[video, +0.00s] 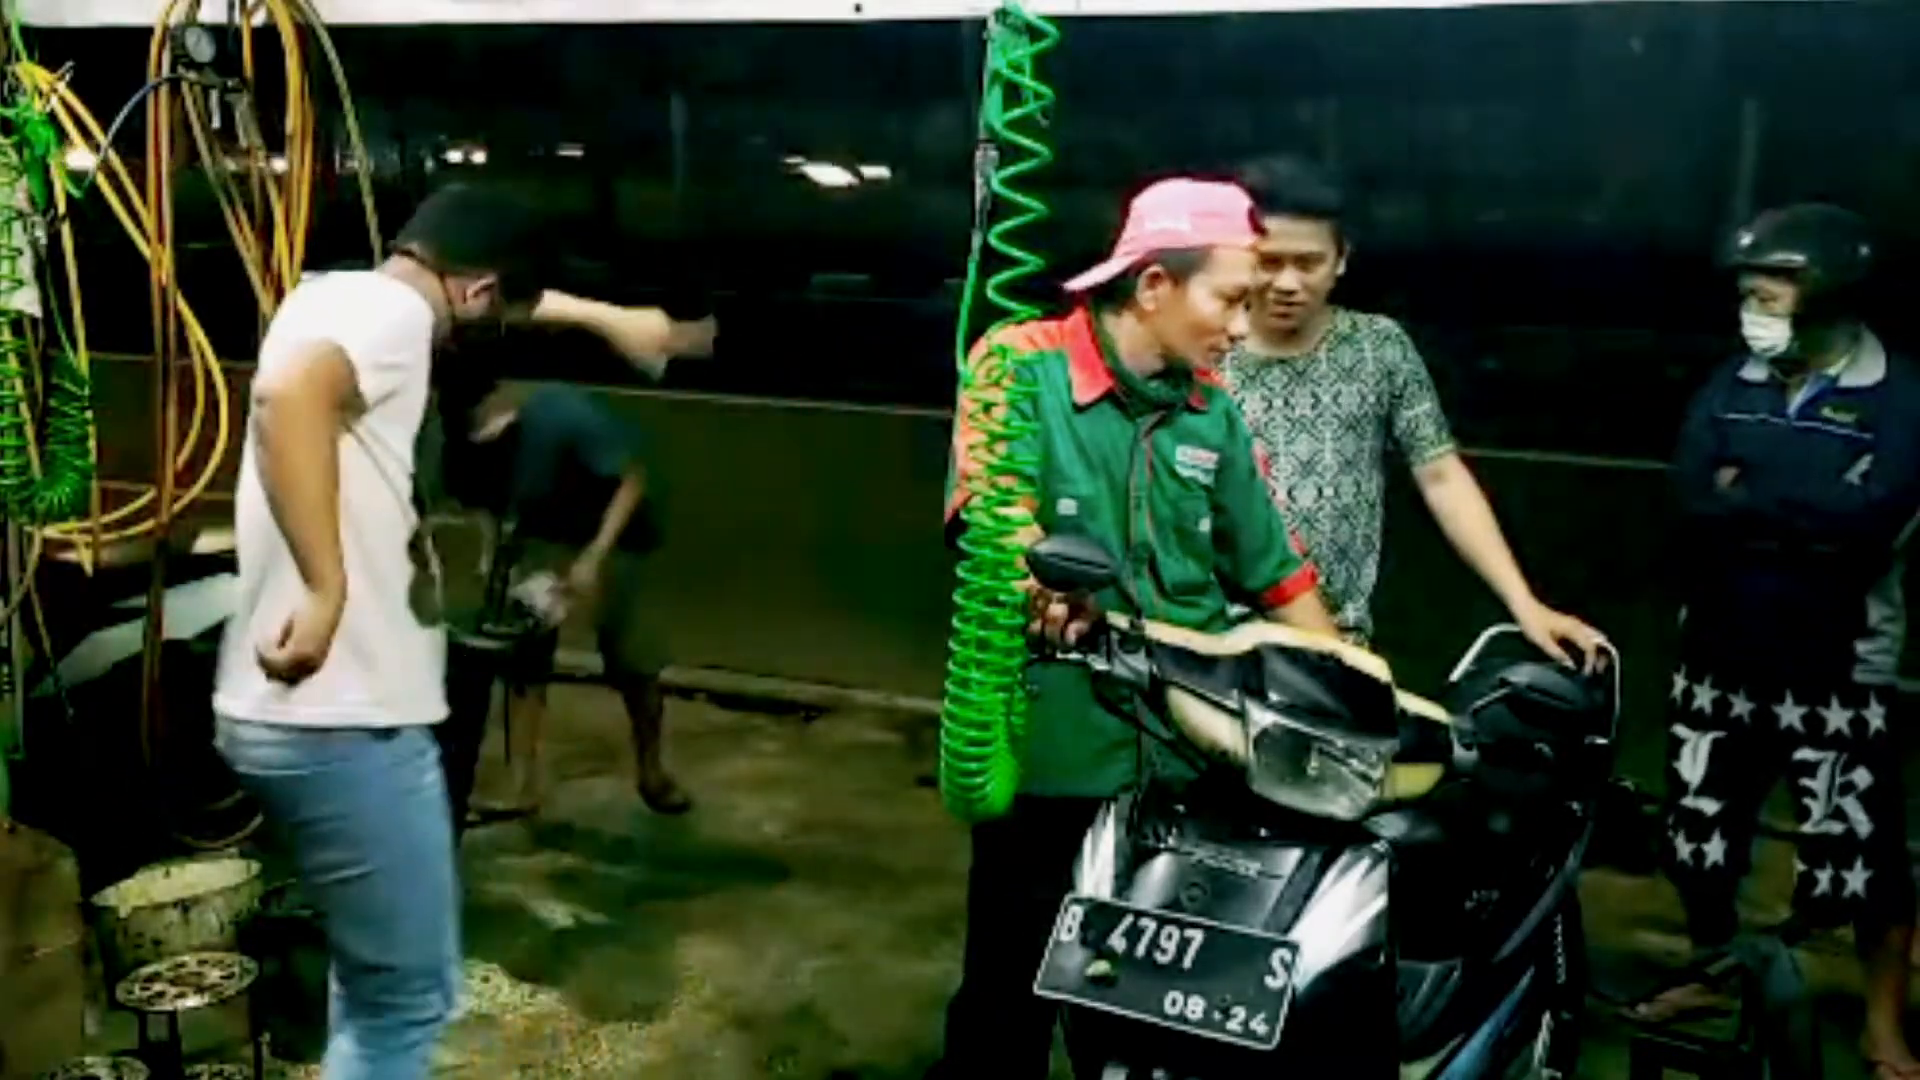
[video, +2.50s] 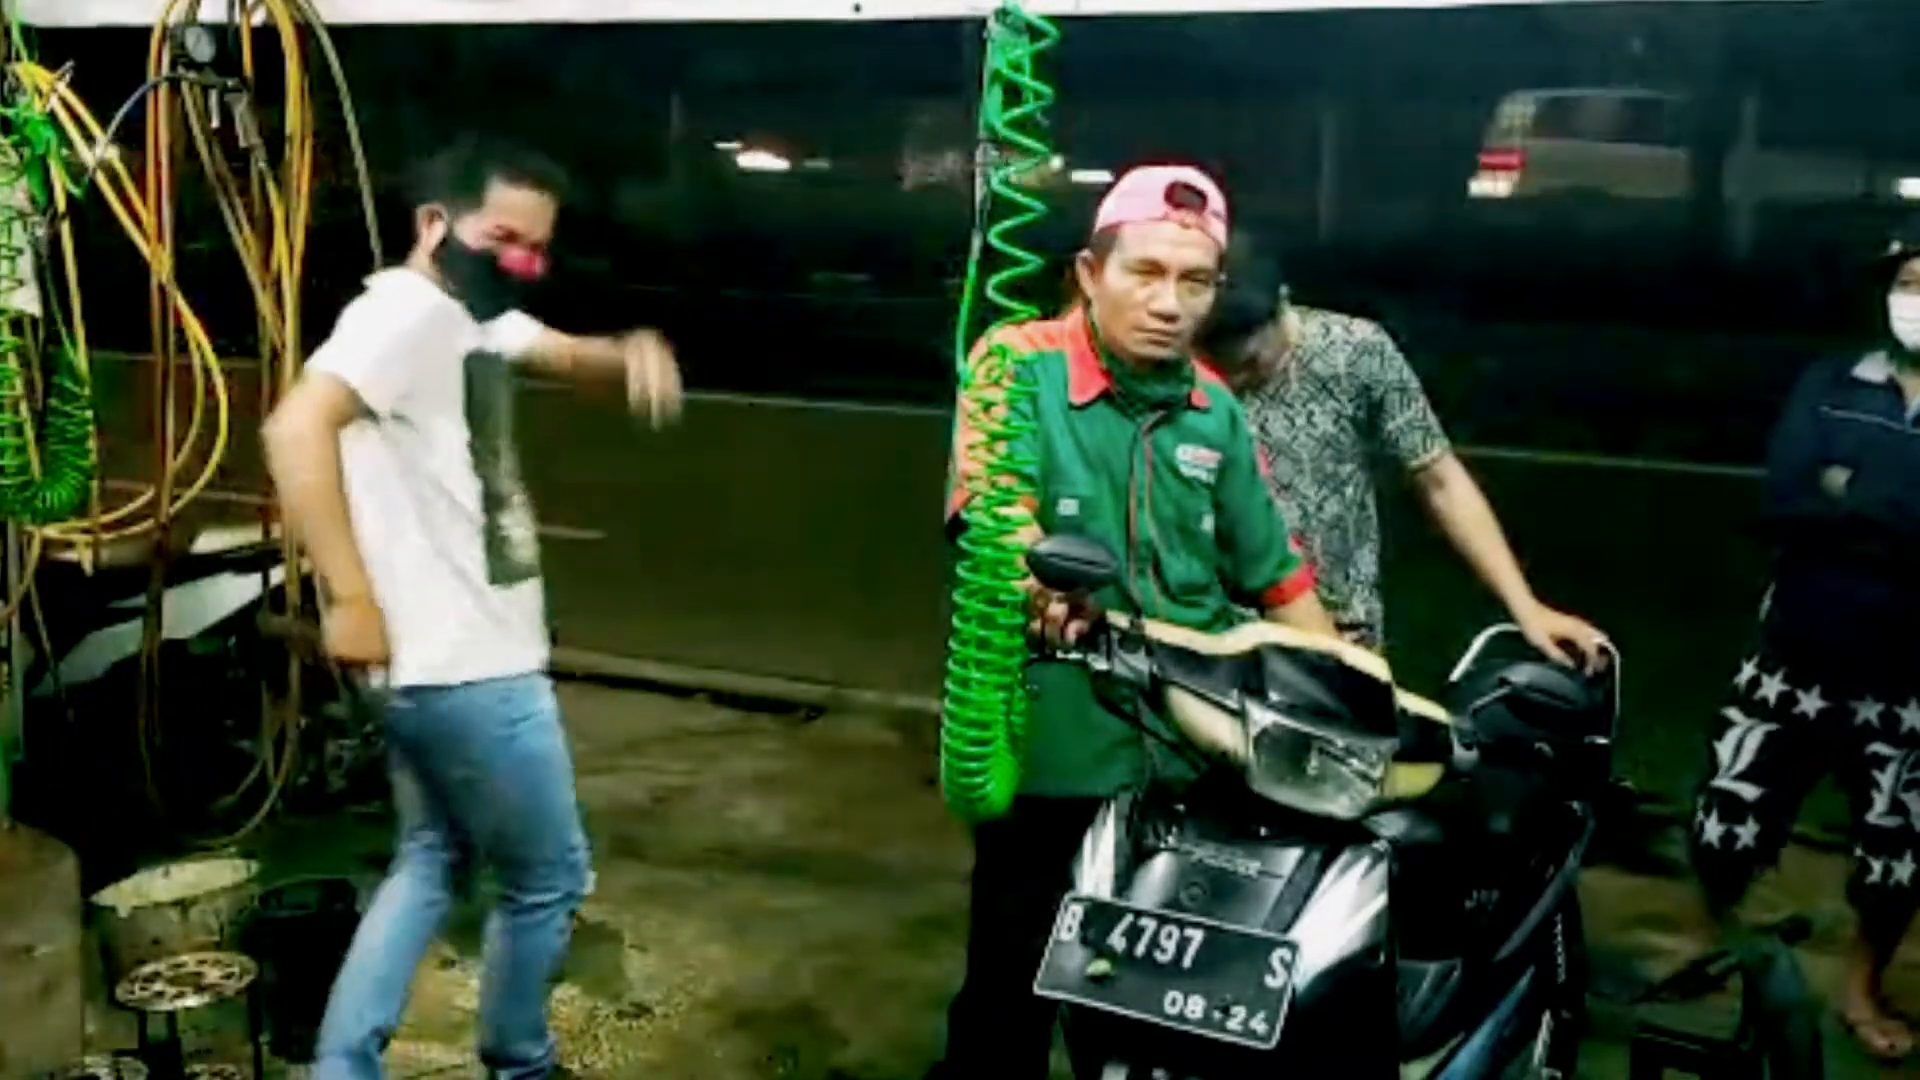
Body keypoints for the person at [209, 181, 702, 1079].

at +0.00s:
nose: (489, 311)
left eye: (498, 296)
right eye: (500, 293)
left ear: (415, 244)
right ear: (475, 281)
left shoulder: (345, 298)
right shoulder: (388, 306)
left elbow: (482, 282)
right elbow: (291, 395)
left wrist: (603, 316)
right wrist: (325, 588)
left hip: (325, 724)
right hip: (344, 728)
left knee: (376, 996)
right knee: (406, 1004)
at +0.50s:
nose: (388, 341)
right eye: (393, 327)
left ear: (279, 258)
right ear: (375, 318)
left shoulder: (121, 338)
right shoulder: (380, 381)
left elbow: (9, 446)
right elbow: (537, 519)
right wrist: (528, 425)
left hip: (143, 767)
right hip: (291, 788)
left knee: (204, 1008)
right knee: (352, 1030)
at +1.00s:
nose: (231, 353)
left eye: (236, 334)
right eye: (234, 329)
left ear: (110, 304)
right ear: (202, 306)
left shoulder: (18, 411)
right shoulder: (181, 388)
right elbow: (214, 565)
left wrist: (306, 565)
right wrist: (293, 732)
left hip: (35, 831)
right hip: (164, 821)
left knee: (121, 1057)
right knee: (366, 917)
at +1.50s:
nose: (355, 335)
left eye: (362, 316)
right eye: (354, 313)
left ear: (240, 293)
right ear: (311, 296)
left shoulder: (123, 407)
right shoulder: (326, 415)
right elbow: (388, 610)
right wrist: (520, 655)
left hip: (162, 781)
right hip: (291, 786)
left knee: (302, 969)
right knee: (424, 1017)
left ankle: (253, 1070)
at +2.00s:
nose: (414, 292)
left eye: (415, 278)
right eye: (415, 276)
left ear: (304, 249)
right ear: (390, 261)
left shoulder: (184, 326)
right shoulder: (400, 337)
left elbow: (67, 447)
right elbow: (514, 484)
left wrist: (135, 546)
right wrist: (580, 442)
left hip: (220, 698)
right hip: (351, 698)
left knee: (317, 905)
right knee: (465, 889)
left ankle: (305, 1069)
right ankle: (385, 1067)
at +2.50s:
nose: (524, 268)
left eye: (537, 249)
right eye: (505, 243)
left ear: (546, 238)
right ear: (435, 228)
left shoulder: (467, 314)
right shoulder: (406, 308)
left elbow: (566, 354)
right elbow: (295, 429)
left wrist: (630, 353)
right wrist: (352, 598)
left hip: (431, 670)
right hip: (471, 670)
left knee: (432, 860)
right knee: (545, 881)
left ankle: (344, 1061)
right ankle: (518, 1061)